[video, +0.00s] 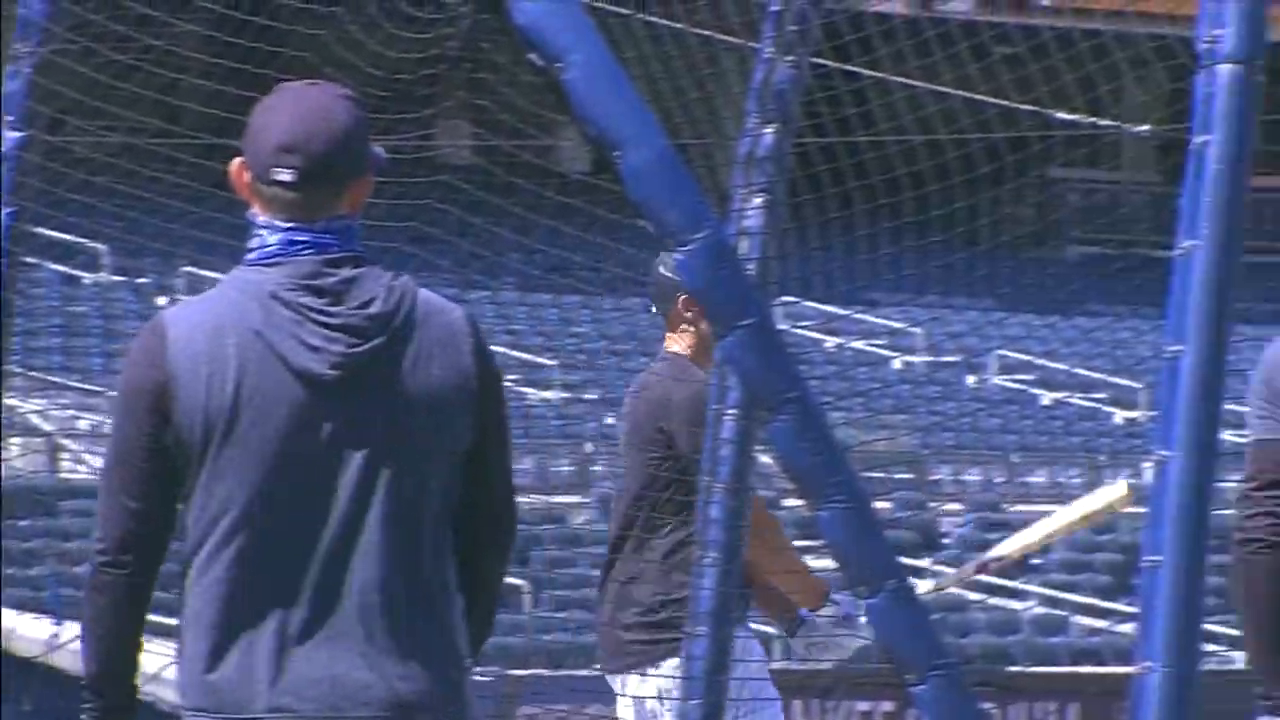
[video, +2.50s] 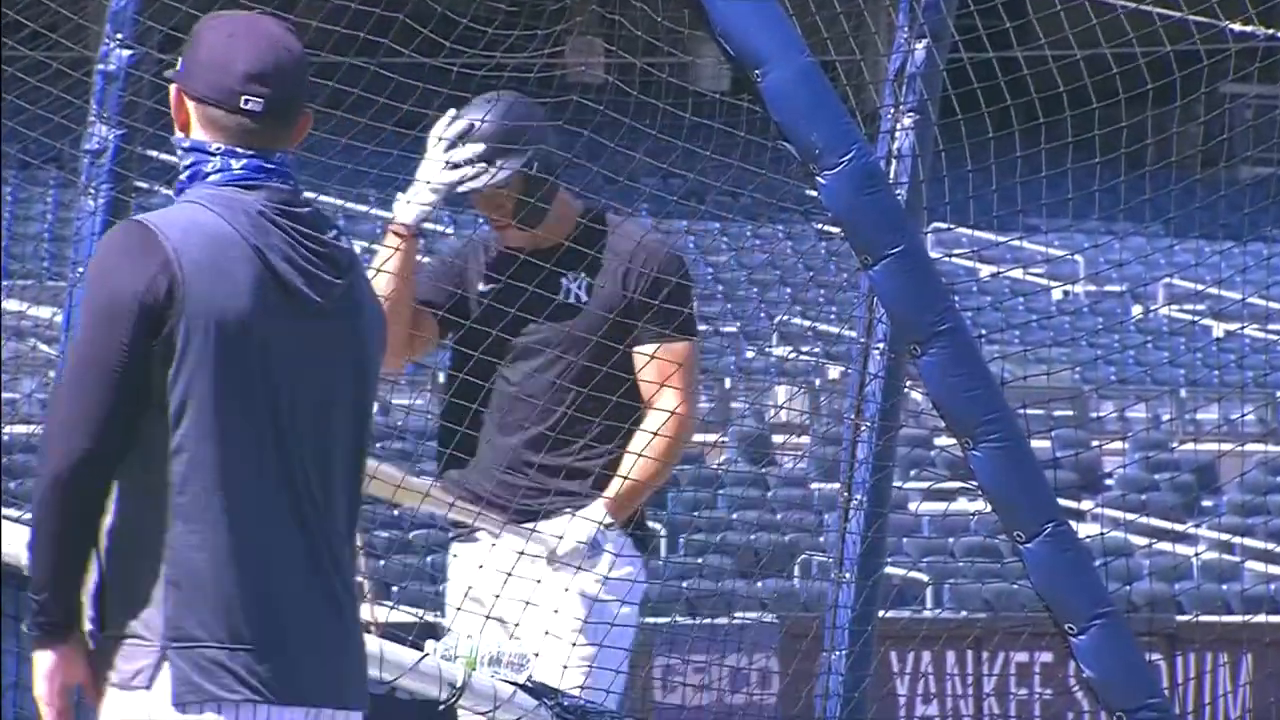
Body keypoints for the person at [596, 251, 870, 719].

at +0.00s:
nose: (734, 308)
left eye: (731, 293)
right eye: (720, 295)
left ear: (680, 308)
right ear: (687, 308)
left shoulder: (658, 384)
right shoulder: (693, 391)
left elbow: (717, 524)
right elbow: (745, 520)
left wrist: (790, 616)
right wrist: (821, 601)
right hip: (678, 634)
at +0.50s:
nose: (819, 305)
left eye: (824, 289)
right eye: (800, 293)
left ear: (835, 289)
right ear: (759, 297)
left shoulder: (849, 388)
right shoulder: (718, 383)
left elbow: (864, 515)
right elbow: (722, 516)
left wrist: (852, 609)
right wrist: (809, 595)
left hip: (816, 624)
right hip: (722, 627)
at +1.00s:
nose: (688, 238)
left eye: (701, 222)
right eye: (675, 226)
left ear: (734, 218)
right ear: (662, 230)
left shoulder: (812, 303)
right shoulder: (651, 317)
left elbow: (840, 438)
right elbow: (631, 445)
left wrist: (830, 543)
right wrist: (669, 540)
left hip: (802, 553)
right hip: (700, 559)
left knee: (820, 708)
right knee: (715, 708)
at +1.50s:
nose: (645, 279)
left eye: (656, 257)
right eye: (631, 262)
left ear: (696, 243)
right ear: (619, 261)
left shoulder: (778, 315)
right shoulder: (634, 327)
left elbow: (847, 436)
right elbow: (621, 445)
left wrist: (905, 548)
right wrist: (603, 567)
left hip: (761, 557)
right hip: (678, 567)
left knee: (726, 706)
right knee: (721, 707)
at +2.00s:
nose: (668, 226)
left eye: (682, 207)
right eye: (655, 211)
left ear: (726, 195)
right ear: (645, 209)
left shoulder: (807, 279)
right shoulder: (665, 292)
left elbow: (826, 431)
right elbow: (648, 415)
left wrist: (791, 550)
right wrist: (575, 463)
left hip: (779, 547)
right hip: (675, 552)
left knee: (783, 708)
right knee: (617, 708)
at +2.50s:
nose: (490, 216)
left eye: (500, 197)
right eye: (475, 202)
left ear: (544, 175)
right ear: (460, 194)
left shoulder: (642, 259)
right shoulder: (468, 264)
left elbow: (671, 408)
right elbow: (381, 349)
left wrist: (604, 512)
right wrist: (408, 215)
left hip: (586, 547)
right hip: (480, 544)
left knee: (571, 708)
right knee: (477, 708)